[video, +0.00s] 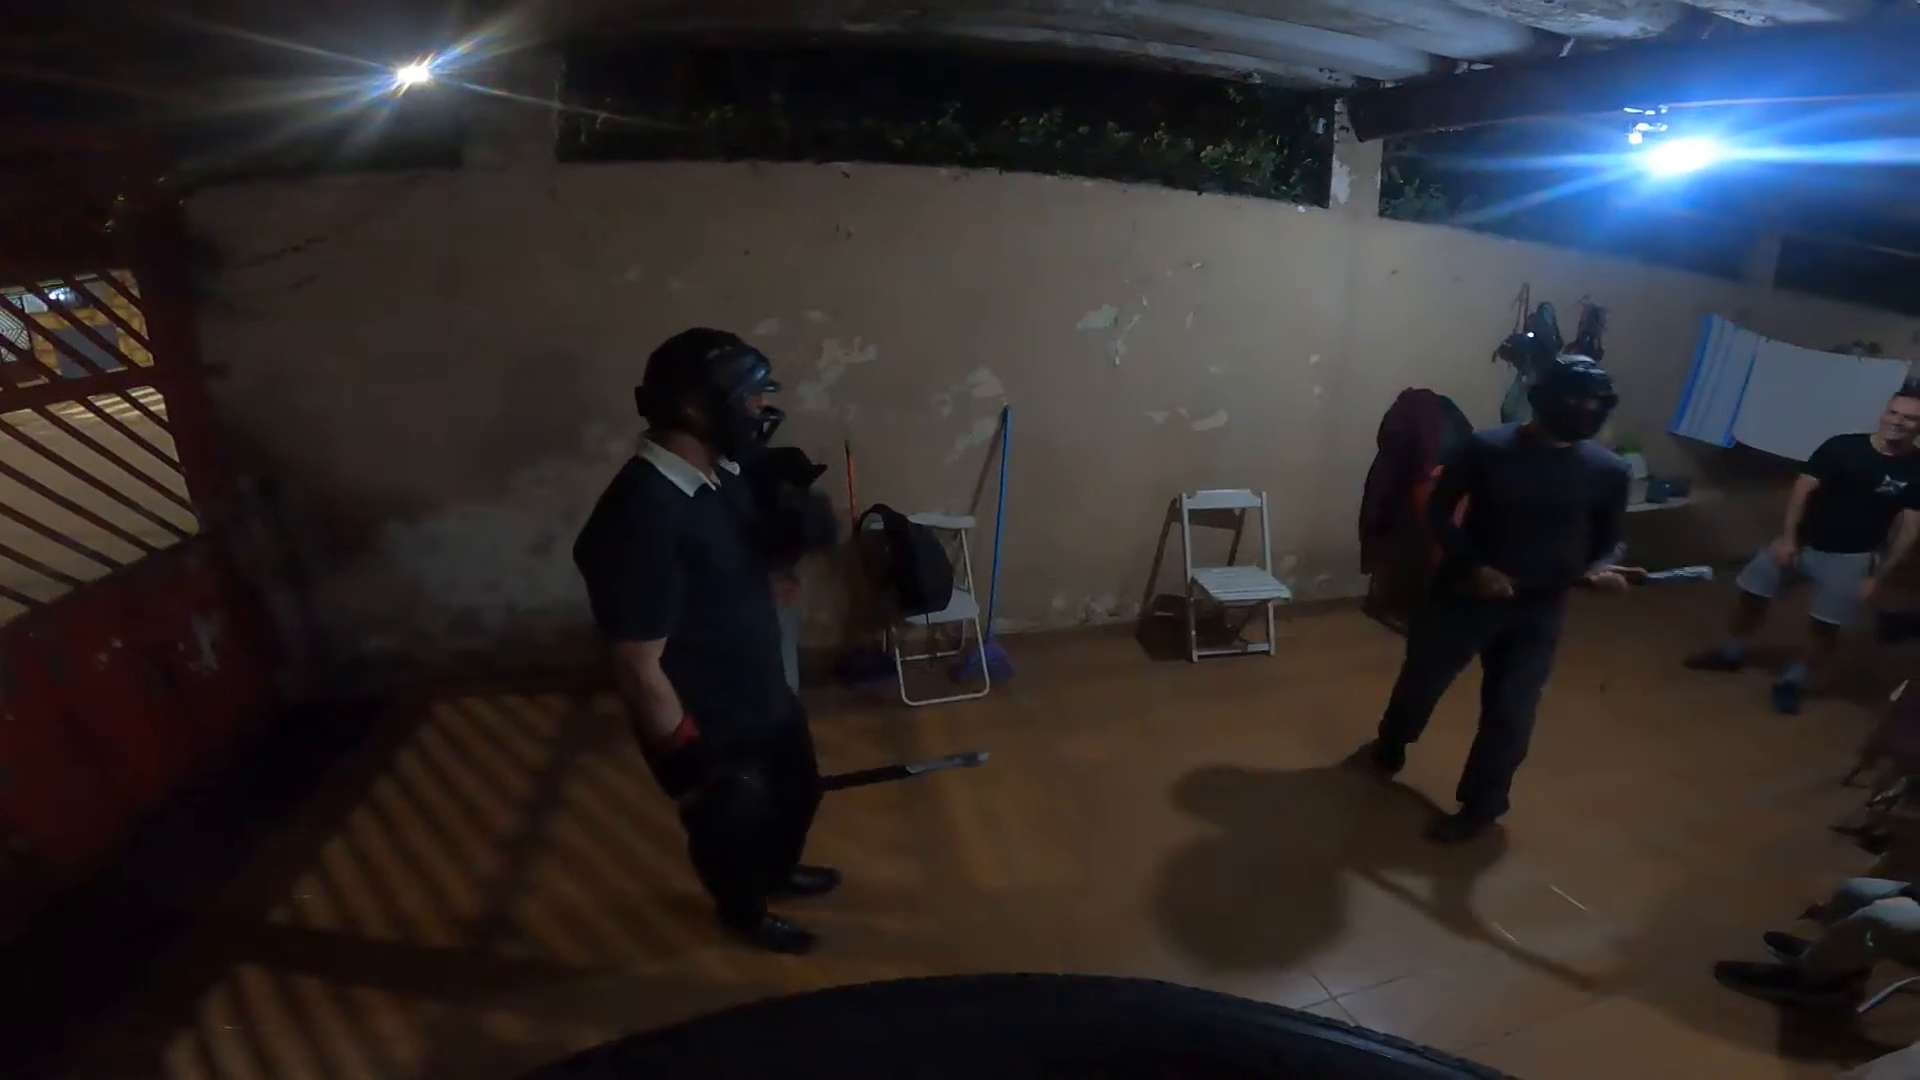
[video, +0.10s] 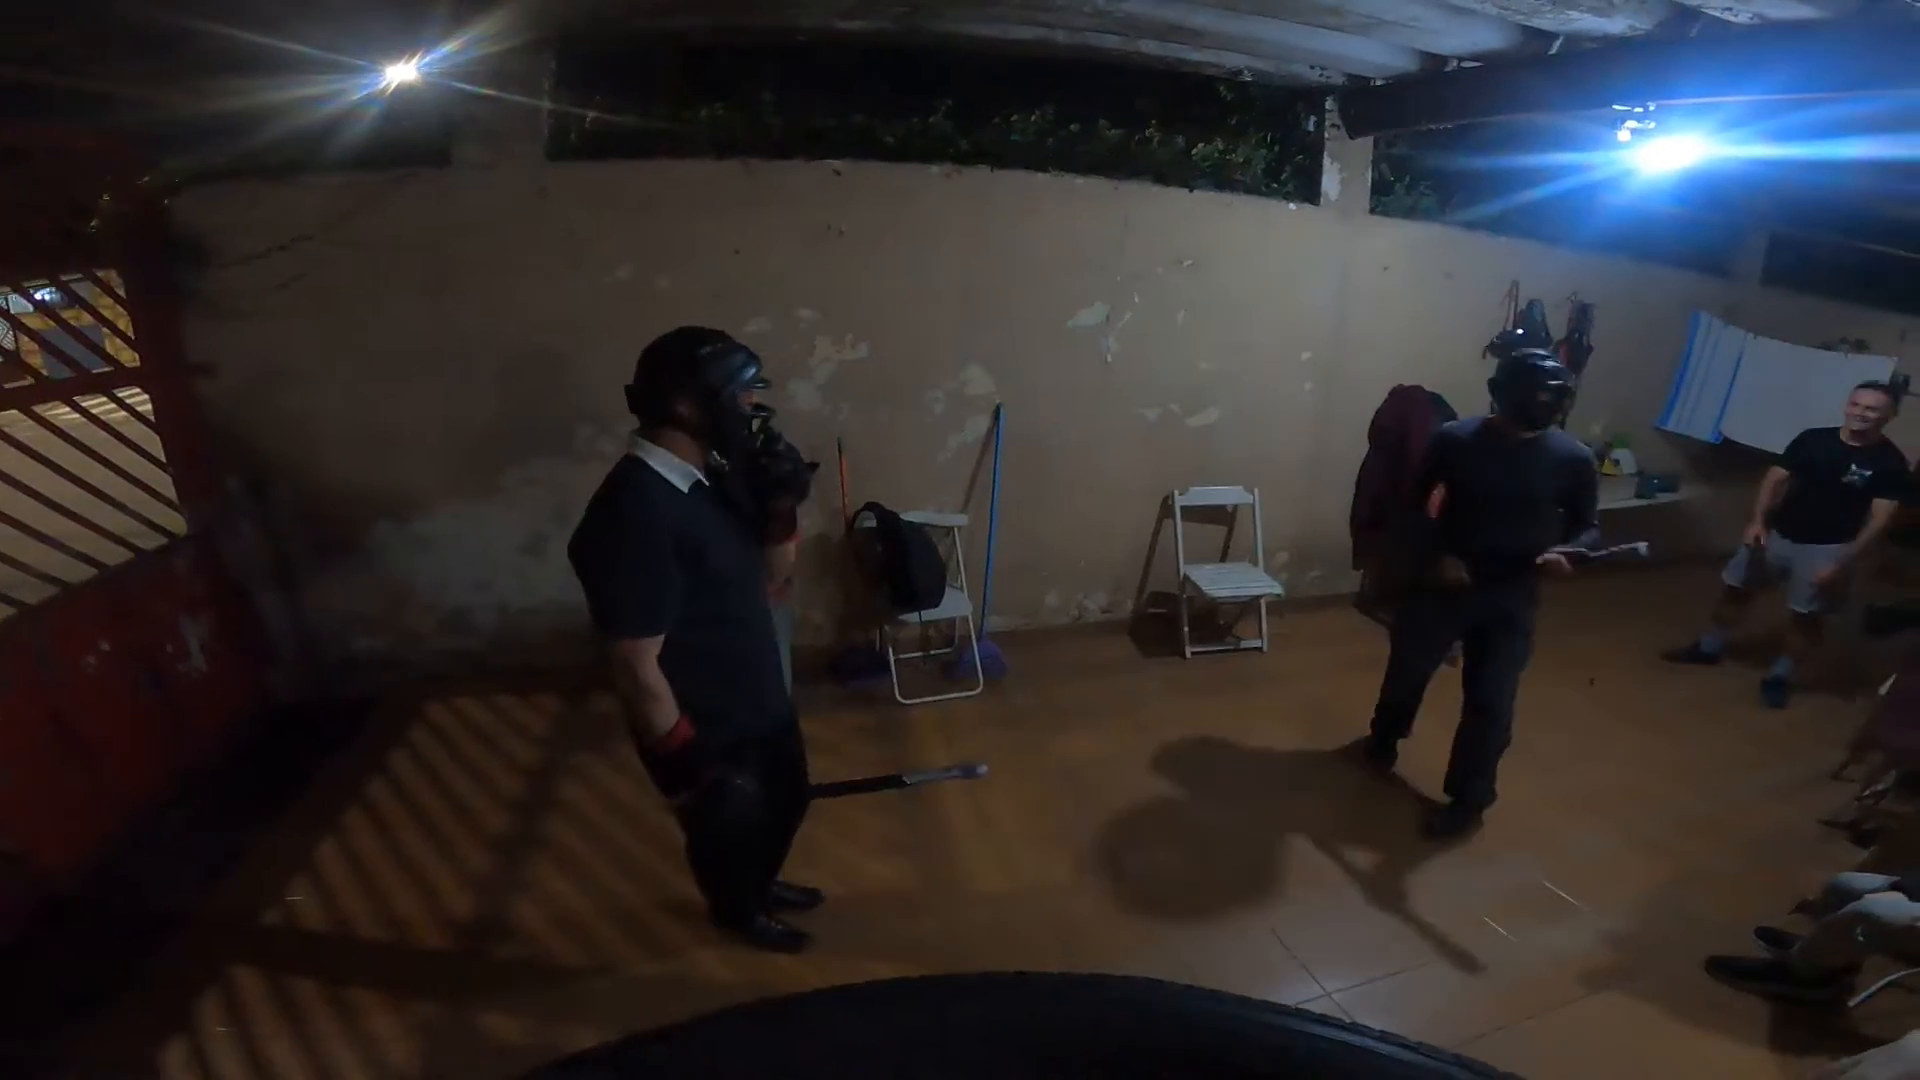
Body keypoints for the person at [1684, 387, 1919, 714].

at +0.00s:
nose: (1899, 421)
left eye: (1909, 418)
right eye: (1894, 413)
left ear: (1919, 426)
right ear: (1883, 414)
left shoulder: (1912, 471)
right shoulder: (1841, 447)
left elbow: (1909, 529)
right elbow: (1802, 487)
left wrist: (1878, 576)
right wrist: (1788, 538)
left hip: (1849, 557)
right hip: (1803, 541)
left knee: (1825, 623)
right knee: (1752, 584)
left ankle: (1795, 680)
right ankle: (1733, 649)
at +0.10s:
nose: (1860, 414)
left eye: (1871, 410)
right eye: (1855, 405)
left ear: (1886, 418)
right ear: (1846, 406)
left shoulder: (1889, 463)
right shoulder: (1812, 440)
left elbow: (1879, 522)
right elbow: (1773, 478)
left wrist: (1840, 563)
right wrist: (1757, 521)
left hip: (1825, 550)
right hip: (1779, 535)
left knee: (1803, 616)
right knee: (1735, 584)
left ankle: (1780, 676)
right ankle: (1709, 646)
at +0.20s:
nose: (1840, 411)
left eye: (1851, 407)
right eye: (1835, 403)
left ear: (1866, 413)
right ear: (1826, 403)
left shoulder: (1871, 457)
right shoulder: (1797, 436)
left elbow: (1859, 515)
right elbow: (1759, 475)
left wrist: (1823, 558)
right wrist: (1741, 516)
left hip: (1809, 545)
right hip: (1764, 531)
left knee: (1791, 611)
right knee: (1723, 581)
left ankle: (1774, 672)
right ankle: (1704, 643)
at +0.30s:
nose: (1806, 406)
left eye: (1816, 401)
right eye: (1801, 398)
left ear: (1835, 403)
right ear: (1795, 398)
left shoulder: (1845, 448)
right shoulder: (1773, 432)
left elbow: (1830, 505)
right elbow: (1738, 471)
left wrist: (1796, 549)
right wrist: (1717, 513)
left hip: (1784, 539)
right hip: (1741, 526)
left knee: (1772, 607)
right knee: (1709, 581)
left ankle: (1764, 668)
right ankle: (1692, 641)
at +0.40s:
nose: (1765, 402)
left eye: (1774, 396)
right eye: (1760, 396)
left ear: (1796, 397)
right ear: (1754, 396)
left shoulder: (1811, 442)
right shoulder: (1741, 428)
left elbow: (1795, 498)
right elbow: (1711, 469)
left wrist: (1757, 539)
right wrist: (1687, 510)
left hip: (1757, 533)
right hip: (1711, 520)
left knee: (1755, 602)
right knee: (1685, 574)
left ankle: (1745, 664)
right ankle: (1676, 636)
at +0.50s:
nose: (1748, 400)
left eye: (1757, 394)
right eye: (1743, 393)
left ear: (1778, 393)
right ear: (1738, 393)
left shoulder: (1795, 437)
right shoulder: (1727, 424)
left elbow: (1783, 493)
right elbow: (1698, 467)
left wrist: (1745, 532)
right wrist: (1674, 508)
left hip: (1745, 528)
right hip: (1699, 516)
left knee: (1743, 597)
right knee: (1677, 573)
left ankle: (1733, 658)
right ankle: (1668, 634)